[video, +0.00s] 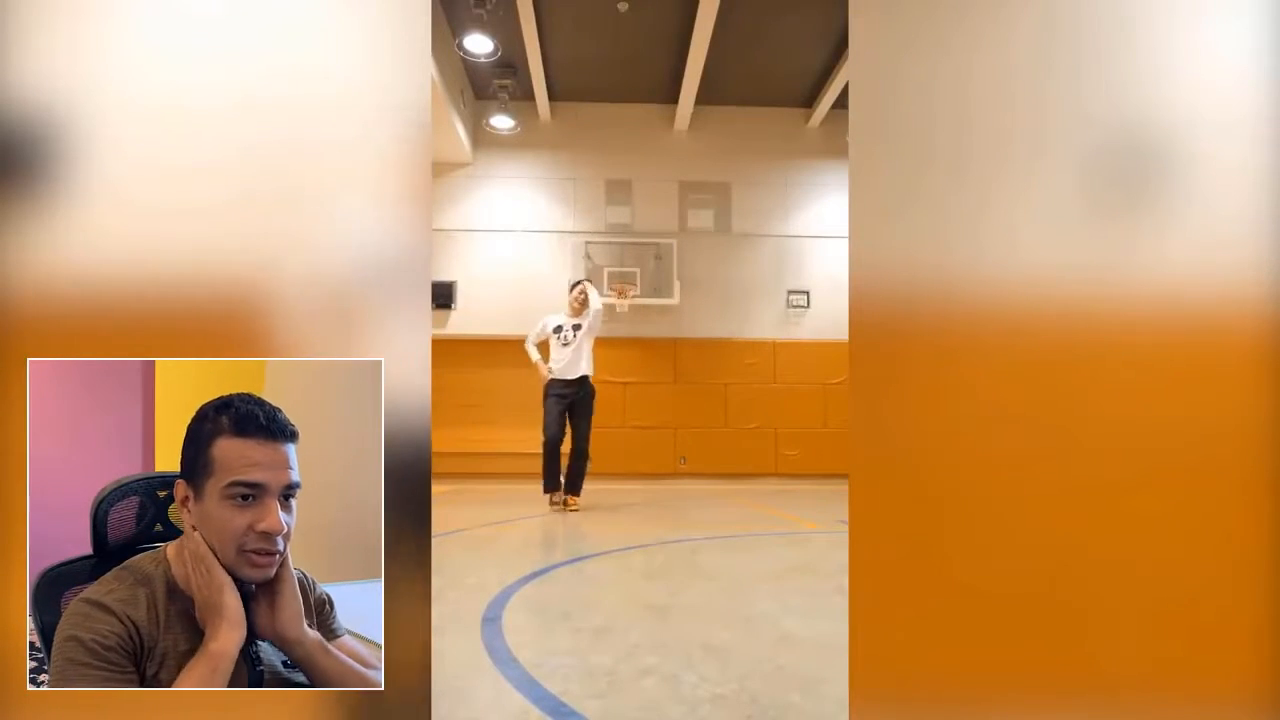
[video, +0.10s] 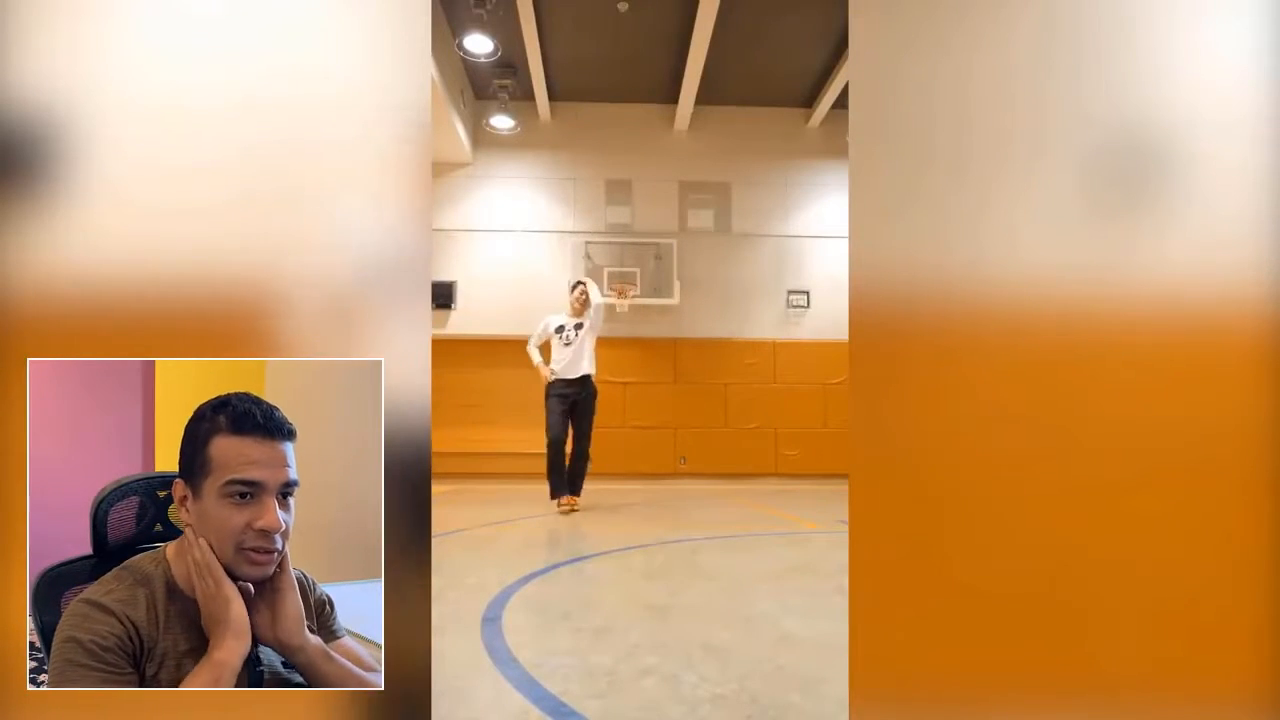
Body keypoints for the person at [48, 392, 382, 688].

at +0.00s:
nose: (275, 525)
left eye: (287, 498)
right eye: (243, 497)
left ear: (296, 500)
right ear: (186, 505)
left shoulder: (297, 592)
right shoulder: (104, 617)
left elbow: (384, 692)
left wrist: (302, 642)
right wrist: (222, 643)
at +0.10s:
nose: (274, 523)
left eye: (285, 496)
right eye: (241, 496)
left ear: (294, 499)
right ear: (184, 504)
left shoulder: (298, 594)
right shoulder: (104, 618)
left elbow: (381, 693)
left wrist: (301, 648)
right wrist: (225, 651)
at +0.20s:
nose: (272, 519)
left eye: (283, 493)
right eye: (240, 493)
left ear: (293, 497)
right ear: (183, 502)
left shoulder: (299, 595)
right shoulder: (103, 619)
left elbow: (383, 695)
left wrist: (300, 653)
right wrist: (232, 661)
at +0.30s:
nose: (270, 517)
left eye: (282, 490)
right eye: (238, 490)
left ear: (291, 495)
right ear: (182, 501)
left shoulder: (298, 594)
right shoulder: (103, 620)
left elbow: (385, 694)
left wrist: (300, 659)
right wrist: (241, 671)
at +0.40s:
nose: (270, 516)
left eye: (281, 490)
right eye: (238, 490)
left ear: (291, 495)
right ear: (182, 501)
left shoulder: (299, 595)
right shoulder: (104, 622)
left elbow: (384, 699)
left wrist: (300, 664)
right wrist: (247, 673)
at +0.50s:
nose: (269, 514)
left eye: (281, 489)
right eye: (238, 488)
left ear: (291, 494)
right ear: (182, 500)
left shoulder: (299, 595)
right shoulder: (105, 622)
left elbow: (384, 699)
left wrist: (300, 665)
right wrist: (248, 676)